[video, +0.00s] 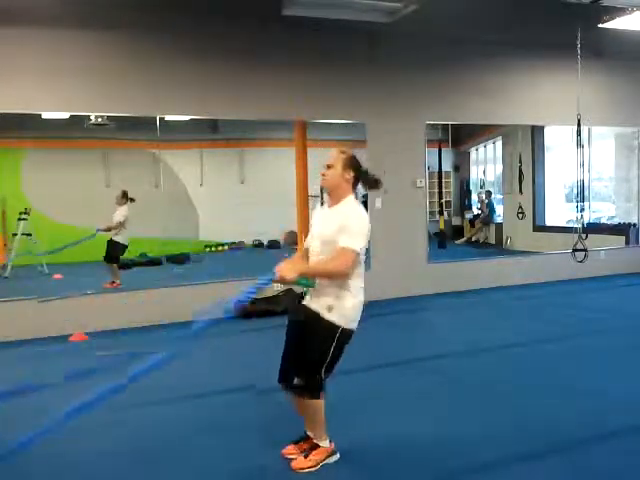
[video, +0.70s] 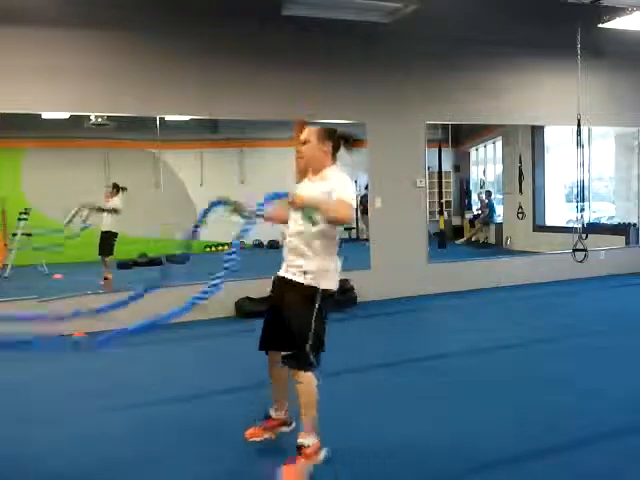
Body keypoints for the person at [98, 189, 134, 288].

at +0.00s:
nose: (116, 199)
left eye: (119, 198)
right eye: (117, 197)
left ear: (123, 200)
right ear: (123, 199)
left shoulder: (123, 211)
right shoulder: (120, 209)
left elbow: (118, 225)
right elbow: (118, 224)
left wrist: (106, 229)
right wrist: (107, 228)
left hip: (120, 239)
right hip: (116, 238)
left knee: (112, 260)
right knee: (109, 260)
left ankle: (117, 280)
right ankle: (115, 280)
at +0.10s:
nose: (117, 195)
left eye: (119, 194)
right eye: (118, 193)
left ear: (124, 195)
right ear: (123, 195)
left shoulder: (124, 205)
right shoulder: (120, 204)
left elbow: (122, 216)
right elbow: (116, 217)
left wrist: (108, 217)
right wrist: (102, 219)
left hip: (121, 236)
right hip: (117, 235)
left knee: (116, 260)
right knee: (114, 259)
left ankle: (116, 279)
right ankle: (115, 279)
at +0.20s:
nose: (118, 189)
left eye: (120, 187)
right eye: (119, 187)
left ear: (124, 189)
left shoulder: (125, 197)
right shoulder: (118, 199)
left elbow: (124, 204)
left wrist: (104, 204)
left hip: (121, 231)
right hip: (115, 230)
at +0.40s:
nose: (108, 197)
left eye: (110, 195)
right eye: (109, 195)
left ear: (114, 195)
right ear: (114, 195)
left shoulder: (119, 205)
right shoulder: (113, 205)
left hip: (121, 234)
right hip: (116, 234)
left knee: (120, 259)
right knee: (116, 259)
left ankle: (122, 280)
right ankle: (118, 278)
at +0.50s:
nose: (108, 201)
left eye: (109, 199)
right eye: (108, 199)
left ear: (113, 200)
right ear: (112, 200)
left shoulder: (116, 210)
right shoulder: (111, 210)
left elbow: (109, 219)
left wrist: (106, 212)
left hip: (119, 237)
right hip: (115, 236)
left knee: (116, 260)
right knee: (110, 260)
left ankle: (122, 280)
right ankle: (116, 279)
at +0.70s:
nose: (109, 192)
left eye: (111, 190)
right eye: (110, 189)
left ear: (116, 191)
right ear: (114, 190)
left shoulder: (118, 200)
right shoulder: (111, 200)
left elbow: (117, 210)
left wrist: (102, 209)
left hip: (111, 229)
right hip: (105, 228)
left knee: (105, 254)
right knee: (103, 254)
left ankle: (108, 275)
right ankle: (107, 274)